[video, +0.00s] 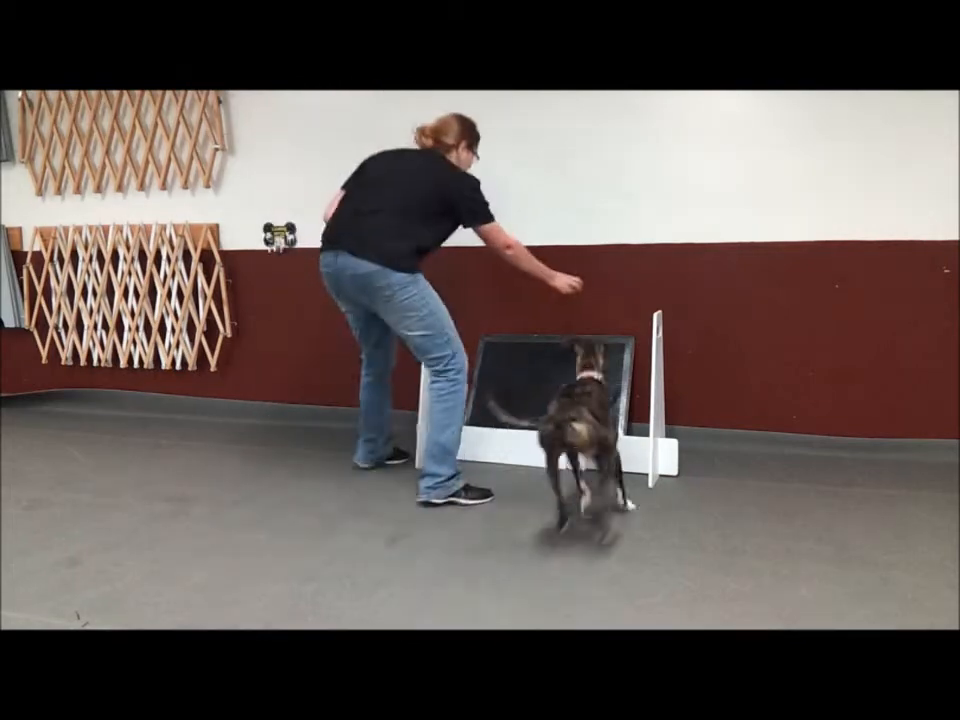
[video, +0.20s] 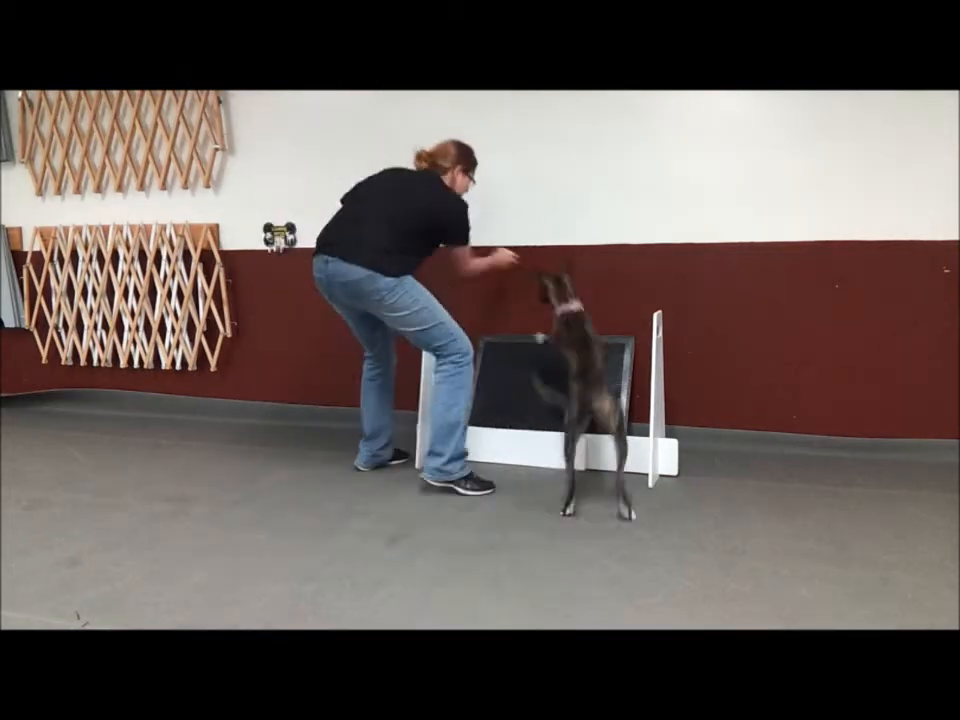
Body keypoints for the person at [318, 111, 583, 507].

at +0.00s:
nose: (472, 162)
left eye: (473, 155)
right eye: (472, 154)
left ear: (430, 140)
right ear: (459, 147)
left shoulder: (382, 159)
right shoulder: (459, 182)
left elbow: (331, 213)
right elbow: (505, 246)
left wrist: (366, 245)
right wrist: (552, 277)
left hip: (336, 262)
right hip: (386, 270)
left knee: (376, 354)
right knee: (448, 364)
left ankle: (372, 450)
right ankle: (440, 483)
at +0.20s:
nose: (468, 187)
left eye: (471, 180)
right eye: (469, 179)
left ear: (430, 163)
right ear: (455, 171)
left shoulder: (390, 176)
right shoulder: (449, 203)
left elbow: (347, 205)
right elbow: (464, 266)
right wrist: (495, 260)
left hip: (326, 267)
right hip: (374, 275)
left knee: (378, 353)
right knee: (455, 352)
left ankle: (374, 452)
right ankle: (445, 469)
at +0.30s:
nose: (472, 202)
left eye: (475, 194)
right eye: (473, 192)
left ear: (439, 179)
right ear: (458, 185)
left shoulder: (402, 190)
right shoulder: (446, 214)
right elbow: (437, 290)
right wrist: (470, 277)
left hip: (323, 264)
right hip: (364, 273)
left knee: (379, 350)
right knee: (445, 351)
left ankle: (375, 452)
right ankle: (445, 467)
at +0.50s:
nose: (483, 233)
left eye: (485, 226)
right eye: (482, 224)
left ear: (453, 212)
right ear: (465, 219)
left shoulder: (422, 224)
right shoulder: (438, 247)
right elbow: (431, 336)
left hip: (317, 262)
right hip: (334, 269)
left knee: (383, 356)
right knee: (407, 352)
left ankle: (373, 455)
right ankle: (394, 474)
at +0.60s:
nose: (485, 253)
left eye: (487, 245)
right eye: (482, 245)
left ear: (455, 236)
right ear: (458, 239)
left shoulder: (424, 237)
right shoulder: (432, 270)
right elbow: (440, 361)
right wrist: (459, 428)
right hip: (321, 279)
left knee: (389, 360)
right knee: (386, 365)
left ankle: (377, 449)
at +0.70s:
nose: (474, 275)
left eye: (478, 267)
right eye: (470, 266)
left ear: (446, 253)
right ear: (445, 257)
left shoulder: (423, 240)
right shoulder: (417, 285)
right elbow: (426, 378)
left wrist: (374, 306)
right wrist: (441, 453)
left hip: (336, 271)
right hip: (308, 282)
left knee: (383, 347)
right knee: (364, 374)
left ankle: (375, 450)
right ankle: (338, 497)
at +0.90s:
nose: (409, 272)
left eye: (414, 263)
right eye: (398, 263)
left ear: (421, 252)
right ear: (373, 250)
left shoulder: (399, 239)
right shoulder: (345, 269)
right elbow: (337, 367)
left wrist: (369, 303)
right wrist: (326, 449)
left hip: (356, 280)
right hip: (300, 275)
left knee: (363, 365)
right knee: (326, 378)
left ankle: (368, 447)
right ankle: (333, 495)